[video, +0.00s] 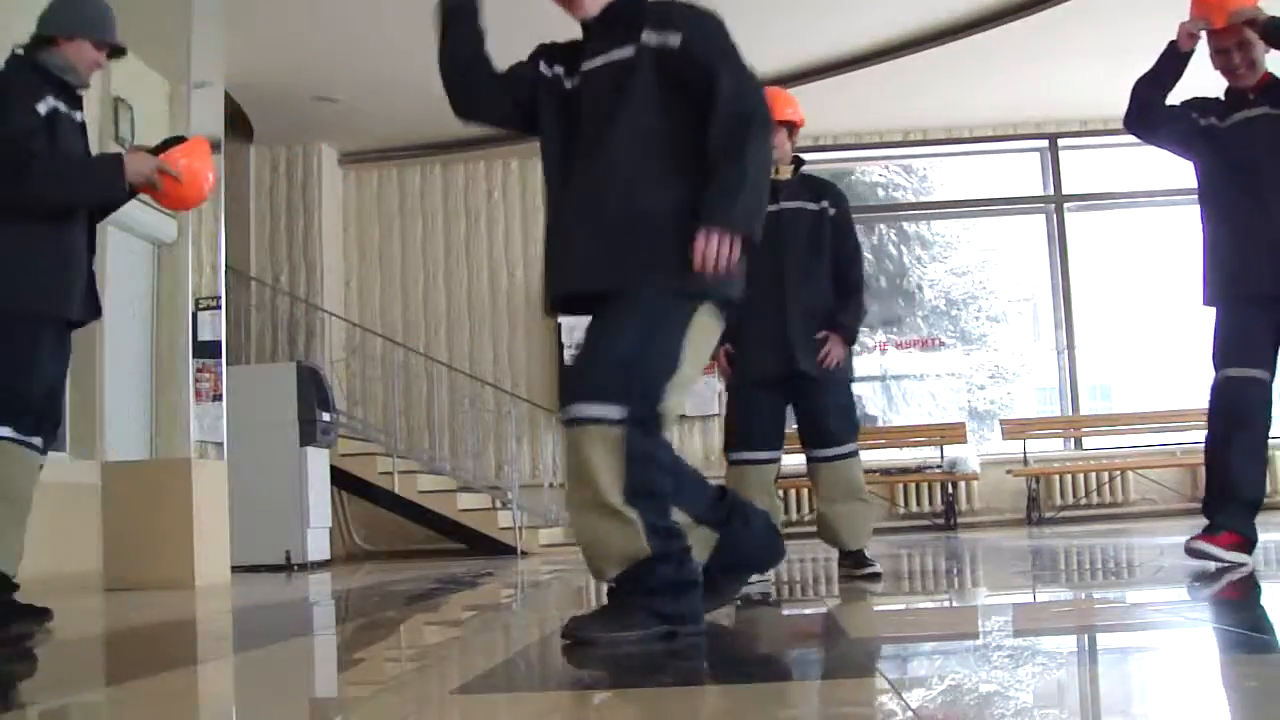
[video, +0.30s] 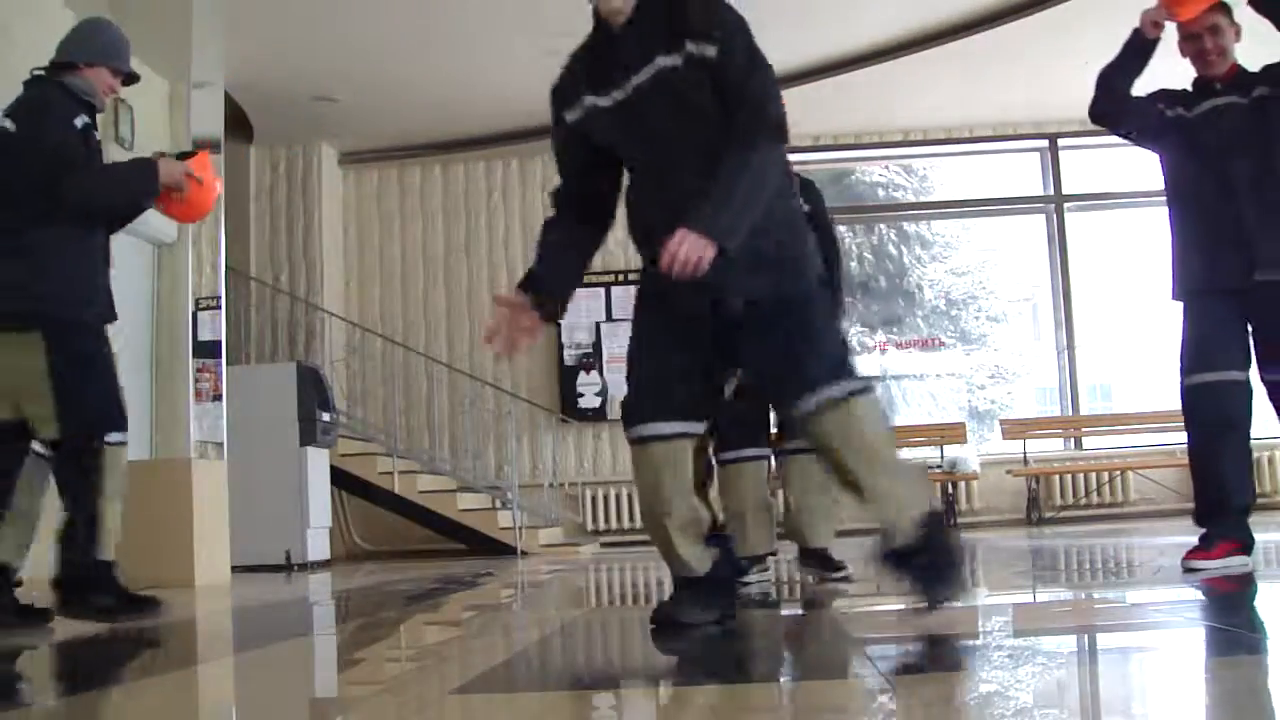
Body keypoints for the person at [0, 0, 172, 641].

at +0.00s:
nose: (105, 61)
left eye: (108, 52)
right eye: (101, 48)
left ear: (72, 41)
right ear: (68, 39)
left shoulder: (59, 102)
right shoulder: (21, 91)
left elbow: (67, 201)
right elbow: (31, 183)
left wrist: (131, 181)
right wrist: (119, 170)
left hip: (45, 306)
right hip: (21, 305)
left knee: (28, 444)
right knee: (18, 443)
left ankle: (6, 586)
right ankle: (3, 589)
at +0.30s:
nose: (119, 90)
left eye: (122, 80)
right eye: (116, 77)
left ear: (75, 66)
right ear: (89, 66)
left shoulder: (27, 111)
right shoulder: (57, 115)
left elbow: (78, 207)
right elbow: (77, 194)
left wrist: (148, 186)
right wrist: (153, 173)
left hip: (18, 313)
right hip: (53, 314)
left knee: (16, 450)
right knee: (94, 439)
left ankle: (4, 583)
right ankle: (86, 580)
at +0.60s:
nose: (160, 93)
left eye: (161, 83)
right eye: (153, 81)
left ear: (118, 85)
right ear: (123, 82)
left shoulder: (93, 134)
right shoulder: (112, 135)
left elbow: (136, 233)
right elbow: (134, 222)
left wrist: (206, 223)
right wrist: (207, 193)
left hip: (73, 325)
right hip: (102, 328)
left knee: (59, 447)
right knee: (114, 457)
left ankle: (7, 579)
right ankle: (141, 587)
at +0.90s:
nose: (193, 108)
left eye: (197, 99)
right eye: (185, 97)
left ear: (186, 103)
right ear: (158, 96)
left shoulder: (163, 152)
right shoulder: (131, 145)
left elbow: (187, 234)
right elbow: (152, 218)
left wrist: (253, 199)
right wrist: (226, 181)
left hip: (157, 322)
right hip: (135, 321)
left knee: (157, 444)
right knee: (143, 450)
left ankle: (107, 557)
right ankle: (140, 582)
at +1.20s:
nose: (217, 146)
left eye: (222, 138)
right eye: (209, 137)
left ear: (223, 143)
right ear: (184, 133)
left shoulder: (221, 188)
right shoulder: (148, 161)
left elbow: (275, 200)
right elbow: (164, 150)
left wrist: (274, 141)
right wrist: (205, 104)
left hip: (209, 332)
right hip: (165, 326)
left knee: (213, 454)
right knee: (172, 453)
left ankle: (203, 572)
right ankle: (148, 577)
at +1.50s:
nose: (223, 149)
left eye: (229, 142)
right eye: (216, 138)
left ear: (234, 147)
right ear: (186, 133)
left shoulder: (235, 194)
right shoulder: (157, 175)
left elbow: (287, 208)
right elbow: (143, 148)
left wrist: (266, 146)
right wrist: (190, 103)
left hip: (226, 335)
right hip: (175, 329)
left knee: (225, 456)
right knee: (178, 453)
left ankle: (207, 573)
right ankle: (154, 573)